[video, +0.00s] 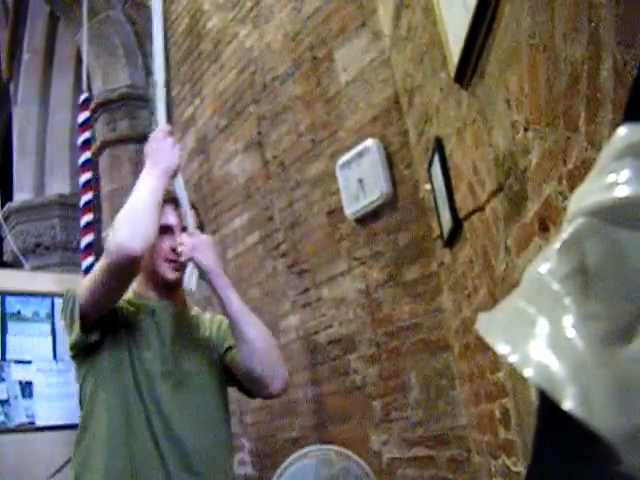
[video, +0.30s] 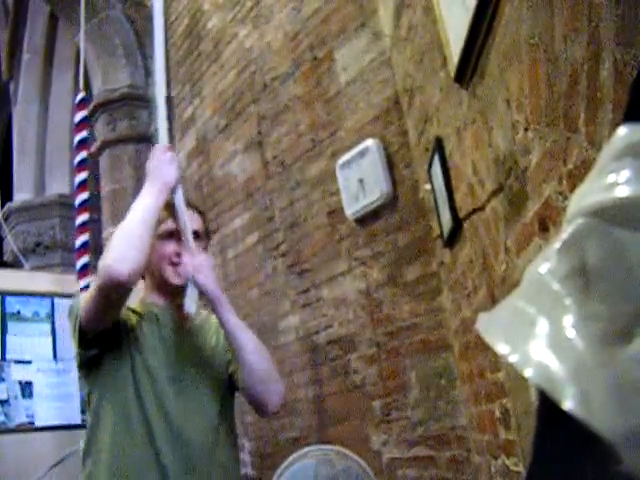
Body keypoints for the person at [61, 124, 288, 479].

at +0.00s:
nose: (178, 243)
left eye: (184, 232)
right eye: (164, 231)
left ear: (192, 241)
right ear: (141, 242)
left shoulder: (212, 330)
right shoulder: (101, 320)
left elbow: (273, 381)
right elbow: (126, 251)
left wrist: (217, 275)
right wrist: (155, 171)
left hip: (205, 472)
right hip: (115, 470)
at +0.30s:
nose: (182, 248)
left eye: (194, 238)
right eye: (168, 236)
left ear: (205, 252)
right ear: (145, 247)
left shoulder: (216, 333)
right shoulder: (108, 326)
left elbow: (270, 399)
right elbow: (118, 274)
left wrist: (215, 295)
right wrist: (155, 187)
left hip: (213, 473)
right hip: (123, 472)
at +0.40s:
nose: (185, 259)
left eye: (197, 246)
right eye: (171, 246)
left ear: (209, 258)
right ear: (150, 255)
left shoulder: (236, 343)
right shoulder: (106, 334)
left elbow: (275, 428)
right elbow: (113, 312)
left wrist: (226, 333)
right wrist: (160, 215)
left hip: (216, 473)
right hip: (125, 472)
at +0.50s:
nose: (188, 262)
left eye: (199, 250)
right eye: (175, 253)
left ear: (210, 262)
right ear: (143, 265)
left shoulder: (237, 348)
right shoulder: (105, 330)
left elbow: (279, 453)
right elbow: (97, 367)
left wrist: (241, 386)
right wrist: (166, 260)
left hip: (214, 471)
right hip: (125, 471)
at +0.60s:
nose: (189, 264)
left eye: (200, 251)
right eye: (174, 251)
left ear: (210, 264)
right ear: (145, 267)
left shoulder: (239, 351)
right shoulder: (101, 338)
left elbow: (278, 458)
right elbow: (84, 423)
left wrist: (247, 437)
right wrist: (169, 340)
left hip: (218, 474)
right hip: (127, 473)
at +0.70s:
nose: (191, 265)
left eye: (201, 253)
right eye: (175, 254)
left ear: (211, 267)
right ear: (146, 271)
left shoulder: (237, 352)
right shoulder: (100, 351)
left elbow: (268, 449)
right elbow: (82, 465)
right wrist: (173, 441)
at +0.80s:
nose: (189, 267)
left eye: (200, 253)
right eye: (173, 254)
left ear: (211, 264)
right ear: (144, 271)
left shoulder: (237, 353)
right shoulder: (102, 359)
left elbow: (263, 448)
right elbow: (93, 471)